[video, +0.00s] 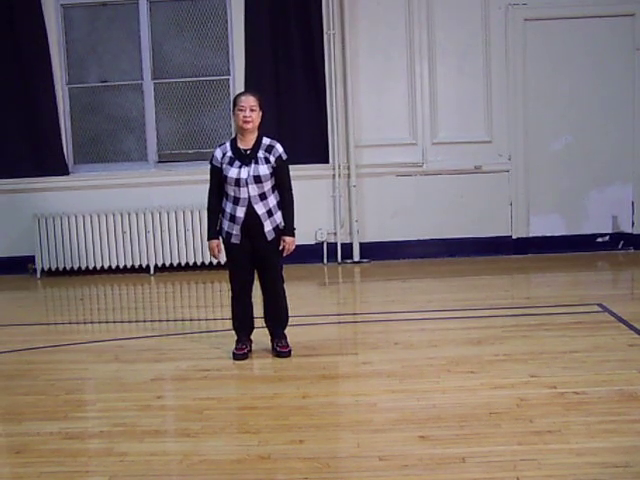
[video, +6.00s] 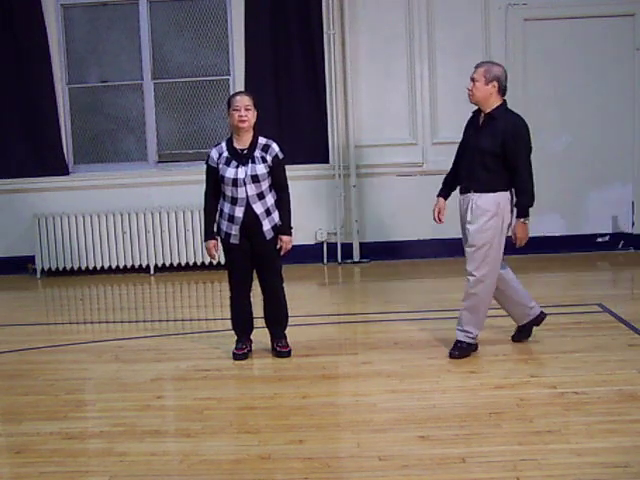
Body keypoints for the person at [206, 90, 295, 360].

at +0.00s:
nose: (247, 114)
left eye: (252, 110)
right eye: (241, 109)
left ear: (260, 114)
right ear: (233, 115)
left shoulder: (273, 150)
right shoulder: (221, 154)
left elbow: (286, 192)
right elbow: (214, 196)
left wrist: (289, 230)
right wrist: (213, 234)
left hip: (268, 230)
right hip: (235, 232)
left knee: (273, 285)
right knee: (240, 288)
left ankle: (278, 335)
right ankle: (243, 337)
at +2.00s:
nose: (244, 115)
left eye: (249, 110)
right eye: (239, 110)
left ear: (258, 115)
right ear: (231, 115)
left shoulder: (271, 150)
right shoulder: (219, 154)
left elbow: (284, 192)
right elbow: (213, 197)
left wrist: (287, 230)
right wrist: (211, 234)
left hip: (267, 230)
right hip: (234, 232)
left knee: (273, 285)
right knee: (239, 288)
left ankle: (279, 335)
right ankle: (243, 338)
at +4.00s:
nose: (243, 114)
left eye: (248, 110)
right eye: (237, 110)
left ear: (256, 114)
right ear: (230, 115)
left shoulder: (270, 149)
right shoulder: (219, 155)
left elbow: (283, 192)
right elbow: (212, 197)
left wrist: (286, 230)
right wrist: (211, 234)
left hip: (267, 230)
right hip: (233, 233)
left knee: (272, 285)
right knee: (239, 288)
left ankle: (278, 336)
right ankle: (243, 338)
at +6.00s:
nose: (242, 114)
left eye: (247, 109)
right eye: (236, 109)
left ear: (255, 114)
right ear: (228, 115)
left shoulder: (269, 149)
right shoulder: (217, 154)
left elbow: (283, 191)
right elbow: (211, 197)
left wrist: (285, 229)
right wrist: (210, 234)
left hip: (266, 230)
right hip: (233, 232)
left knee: (273, 286)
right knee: (239, 289)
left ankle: (279, 336)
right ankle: (243, 338)